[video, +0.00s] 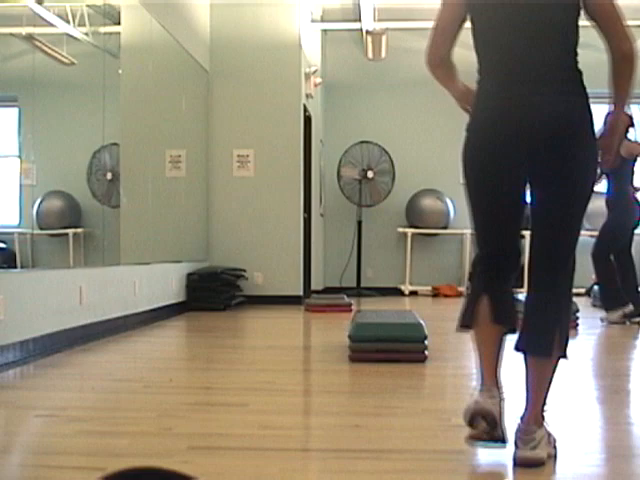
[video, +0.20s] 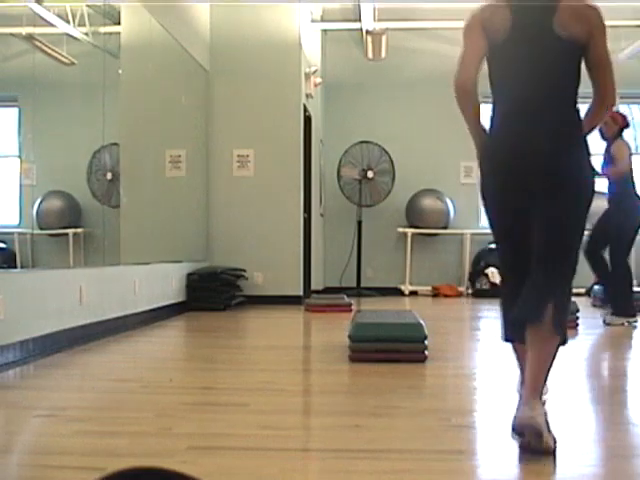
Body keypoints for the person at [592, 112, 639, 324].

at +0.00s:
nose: (609, 125)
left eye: (612, 122)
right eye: (610, 122)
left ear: (616, 126)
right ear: (624, 127)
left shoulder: (625, 147)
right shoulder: (609, 146)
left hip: (623, 210)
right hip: (622, 209)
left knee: (599, 252)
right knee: (623, 255)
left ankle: (615, 304)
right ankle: (633, 303)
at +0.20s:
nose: (602, 127)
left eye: (606, 124)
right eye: (602, 123)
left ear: (617, 127)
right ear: (608, 127)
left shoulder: (619, 146)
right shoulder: (612, 147)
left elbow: (624, 167)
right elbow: (618, 171)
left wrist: (602, 173)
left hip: (627, 208)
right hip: (616, 207)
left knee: (618, 257)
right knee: (592, 249)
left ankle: (624, 309)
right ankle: (613, 292)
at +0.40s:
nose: (596, 128)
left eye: (601, 123)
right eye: (596, 123)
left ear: (613, 127)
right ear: (610, 127)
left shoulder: (612, 149)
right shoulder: (610, 149)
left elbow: (615, 183)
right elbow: (602, 167)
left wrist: (609, 206)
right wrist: (584, 170)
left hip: (626, 211)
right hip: (622, 210)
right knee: (625, 260)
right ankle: (625, 310)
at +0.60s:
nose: (599, 127)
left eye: (602, 123)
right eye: (598, 123)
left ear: (614, 125)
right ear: (603, 126)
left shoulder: (618, 147)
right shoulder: (610, 148)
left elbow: (631, 173)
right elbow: (613, 176)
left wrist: (613, 190)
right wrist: (599, 186)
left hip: (616, 205)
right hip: (608, 204)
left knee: (610, 258)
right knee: (607, 258)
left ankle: (621, 310)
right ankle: (615, 308)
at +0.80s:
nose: (601, 130)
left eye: (605, 126)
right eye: (600, 126)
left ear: (613, 128)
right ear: (606, 129)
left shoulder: (612, 149)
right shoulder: (598, 151)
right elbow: (581, 173)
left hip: (618, 208)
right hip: (616, 208)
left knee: (588, 240)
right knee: (610, 255)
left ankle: (601, 291)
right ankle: (616, 305)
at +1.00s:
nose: (608, 128)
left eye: (612, 124)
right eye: (605, 125)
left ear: (621, 128)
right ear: (602, 129)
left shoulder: (619, 148)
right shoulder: (606, 151)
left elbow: (635, 172)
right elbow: (605, 177)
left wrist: (616, 186)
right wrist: (595, 191)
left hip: (611, 206)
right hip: (603, 205)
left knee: (604, 259)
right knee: (603, 259)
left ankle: (615, 311)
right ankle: (614, 309)